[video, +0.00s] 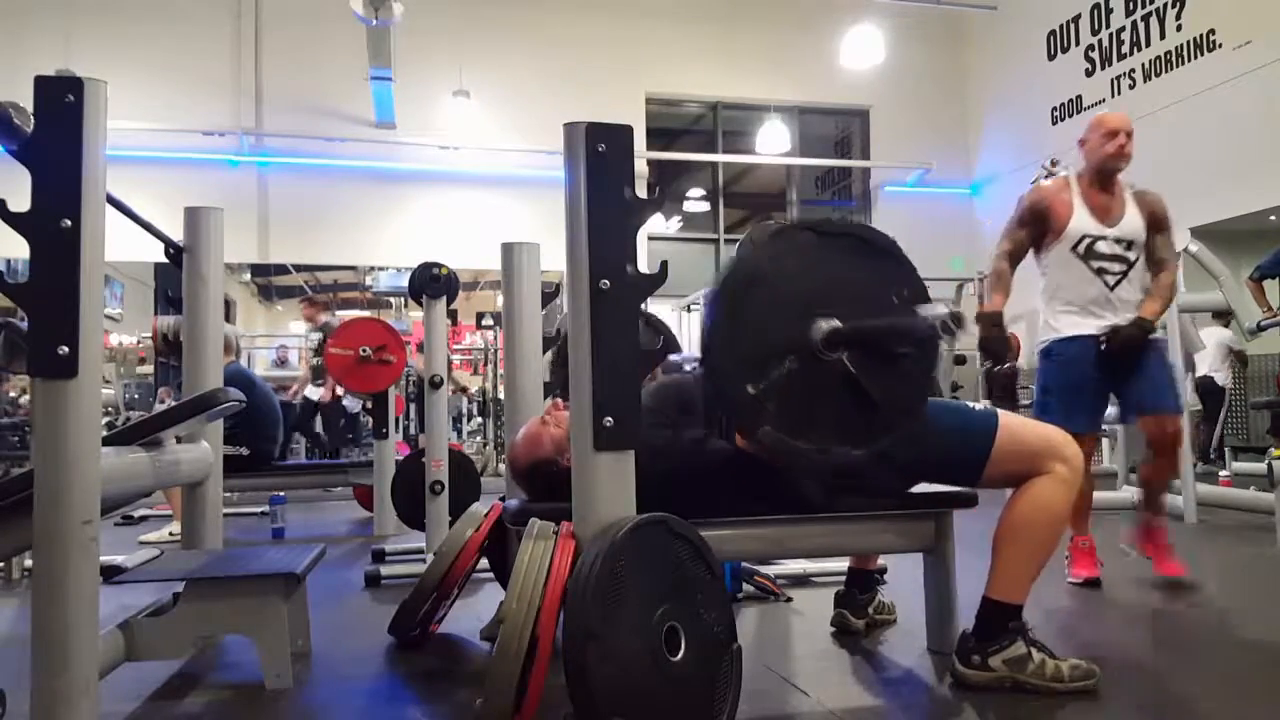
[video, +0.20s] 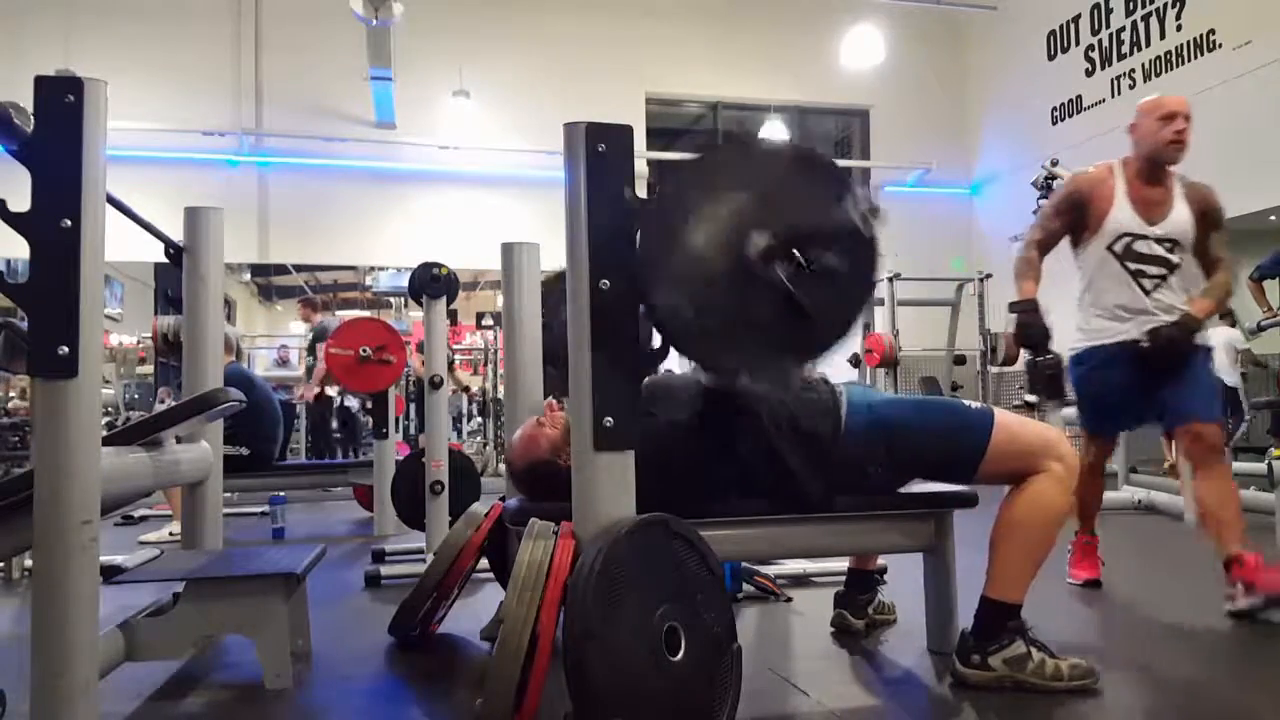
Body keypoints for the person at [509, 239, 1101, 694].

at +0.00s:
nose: (552, 406)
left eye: (542, 413)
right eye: (546, 423)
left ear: (563, 422)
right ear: (564, 453)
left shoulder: (626, 419)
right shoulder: (627, 451)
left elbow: (721, 403)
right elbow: (738, 435)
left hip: (808, 428)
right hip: (843, 438)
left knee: (892, 444)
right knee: (1060, 457)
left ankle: (858, 597)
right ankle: (993, 639)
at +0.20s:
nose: (546, 412)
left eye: (538, 417)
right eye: (540, 428)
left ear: (557, 422)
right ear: (557, 461)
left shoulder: (608, 425)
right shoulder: (607, 451)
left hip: (806, 426)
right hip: (835, 434)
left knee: (921, 435)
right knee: (1053, 456)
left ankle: (858, 596)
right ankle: (992, 640)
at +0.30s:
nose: (549, 406)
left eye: (537, 412)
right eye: (540, 421)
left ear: (554, 450)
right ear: (559, 456)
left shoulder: (602, 446)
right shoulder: (627, 453)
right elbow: (690, 360)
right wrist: (694, 264)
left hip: (802, 449)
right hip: (839, 430)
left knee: (898, 456)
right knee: (1050, 450)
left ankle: (862, 594)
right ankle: (992, 641)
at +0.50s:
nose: (544, 406)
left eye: (533, 411)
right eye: (536, 425)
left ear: (556, 445)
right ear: (558, 460)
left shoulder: (611, 417)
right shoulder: (622, 431)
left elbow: (653, 289)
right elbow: (662, 290)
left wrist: (660, 177)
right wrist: (658, 173)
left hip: (811, 418)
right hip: (837, 431)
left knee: (906, 432)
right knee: (1049, 450)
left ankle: (861, 596)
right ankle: (992, 642)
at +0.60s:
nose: (544, 408)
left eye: (533, 415)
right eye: (536, 425)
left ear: (556, 449)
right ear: (555, 460)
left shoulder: (608, 430)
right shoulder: (617, 447)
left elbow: (649, 310)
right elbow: (657, 300)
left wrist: (662, 191)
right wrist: (665, 186)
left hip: (814, 420)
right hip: (835, 432)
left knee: (906, 435)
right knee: (1047, 450)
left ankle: (861, 595)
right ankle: (993, 641)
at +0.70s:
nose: (545, 410)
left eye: (534, 415)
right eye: (537, 427)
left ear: (554, 433)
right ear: (556, 461)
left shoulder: (607, 428)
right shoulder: (617, 450)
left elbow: (648, 353)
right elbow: (656, 339)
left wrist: (666, 246)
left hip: (819, 419)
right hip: (835, 433)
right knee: (1048, 450)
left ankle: (859, 595)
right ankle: (992, 639)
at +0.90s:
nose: (545, 409)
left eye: (534, 414)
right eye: (537, 427)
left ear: (554, 425)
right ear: (557, 462)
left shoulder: (608, 429)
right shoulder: (618, 450)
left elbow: (655, 330)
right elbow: (670, 316)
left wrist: (670, 217)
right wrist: (674, 213)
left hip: (821, 419)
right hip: (840, 434)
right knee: (1049, 453)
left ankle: (859, 592)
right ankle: (992, 639)